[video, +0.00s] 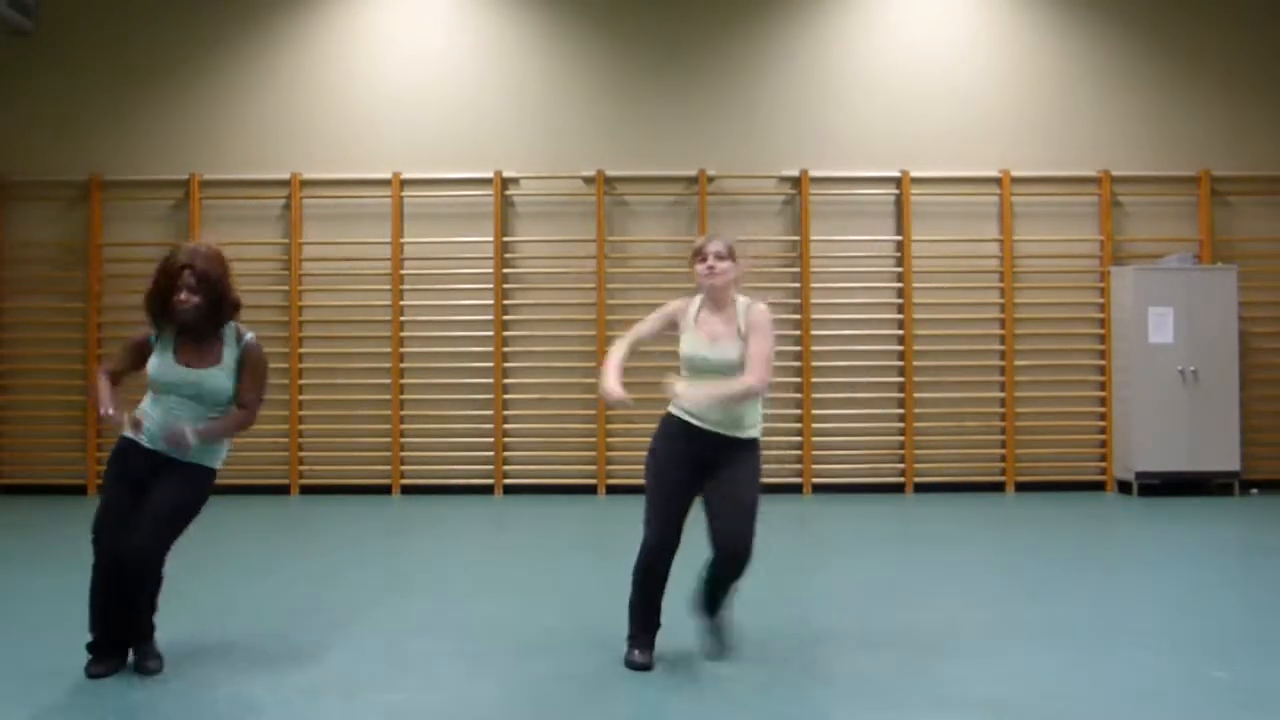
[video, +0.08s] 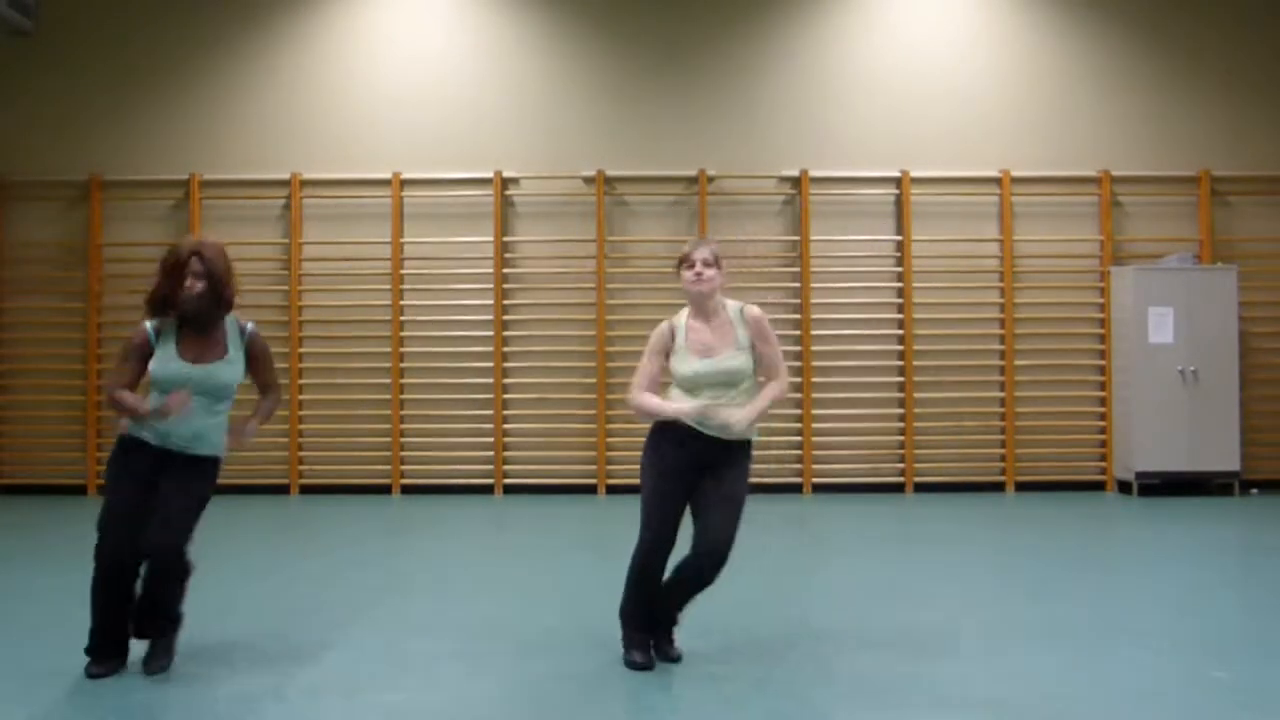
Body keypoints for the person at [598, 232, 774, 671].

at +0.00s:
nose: (710, 265)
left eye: (720, 258)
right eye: (703, 259)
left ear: (736, 267)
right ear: (694, 269)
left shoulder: (755, 313)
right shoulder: (683, 310)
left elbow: (757, 381)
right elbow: (629, 338)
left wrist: (697, 393)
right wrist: (610, 374)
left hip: (736, 448)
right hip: (680, 438)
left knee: (735, 550)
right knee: (659, 544)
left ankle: (710, 606)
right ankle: (641, 638)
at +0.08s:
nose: (699, 272)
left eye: (708, 265)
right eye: (691, 267)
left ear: (722, 274)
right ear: (680, 278)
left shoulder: (750, 320)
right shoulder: (669, 331)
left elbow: (779, 380)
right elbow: (638, 394)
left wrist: (748, 414)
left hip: (728, 451)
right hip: (673, 447)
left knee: (713, 554)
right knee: (656, 542)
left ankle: (661, 618)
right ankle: (635, 631)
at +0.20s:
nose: (707, 258)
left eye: (713, 250)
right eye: (696, 255)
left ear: (727, 258)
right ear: (685, 270)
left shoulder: (752, 292)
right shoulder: (682, 319)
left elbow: (803, 309)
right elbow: (700, 376)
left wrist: (800, 327)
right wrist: (747, 340)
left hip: (732, 433)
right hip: (679, 429)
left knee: (748, 539)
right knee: (657, 533)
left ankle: (705, 616)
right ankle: (633, 634)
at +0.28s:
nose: (723, 247)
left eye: (729, 238)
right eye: (712, 242)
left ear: (741, 244)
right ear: (701, 255)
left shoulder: (760, 278)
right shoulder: (701, 300)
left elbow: (798, 280)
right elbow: (740, 329)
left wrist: (831, 274)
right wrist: (785, 286)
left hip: (741, 425)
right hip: (689, 422)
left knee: (775, 522)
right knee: (662, 528)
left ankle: (755, 618)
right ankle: (636, 635)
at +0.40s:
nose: (746, 245)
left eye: (753, 236)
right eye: (736, 240)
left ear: (766, 243)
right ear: (724, 252)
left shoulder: (780, 285)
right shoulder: (725, 293)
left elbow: (834, 270)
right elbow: (781, 279)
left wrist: (880, 238)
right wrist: (843, 245)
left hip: (768, 424)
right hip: (716, 422)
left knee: (795, 525)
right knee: (681, 525)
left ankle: (811, 627)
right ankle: (637, 633)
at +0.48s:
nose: (764, 250)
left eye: (770, 242)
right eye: (754, 244)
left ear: (781, 247)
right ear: (739, 253)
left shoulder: (796, 291)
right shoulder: (738, 296)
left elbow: (854, 280)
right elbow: (795, 285)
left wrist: (889, 253)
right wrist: (863, 251)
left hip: (793, 426)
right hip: (744, 426)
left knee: (803, 535)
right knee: (707, 531)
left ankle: (810, 630)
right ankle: (644, 630)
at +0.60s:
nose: (785, 250)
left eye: (791, 241)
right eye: (775, 244)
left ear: (801, 246)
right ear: (761, 253)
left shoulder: (813, 288)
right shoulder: (761, 298)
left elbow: (854, 309)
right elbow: (790, 335)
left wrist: (899, 310)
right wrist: (847, 321)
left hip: (815, 423)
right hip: (769, 425)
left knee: (818, 532)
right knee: (781, 537)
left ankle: (810, 629)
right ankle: (714, 607)